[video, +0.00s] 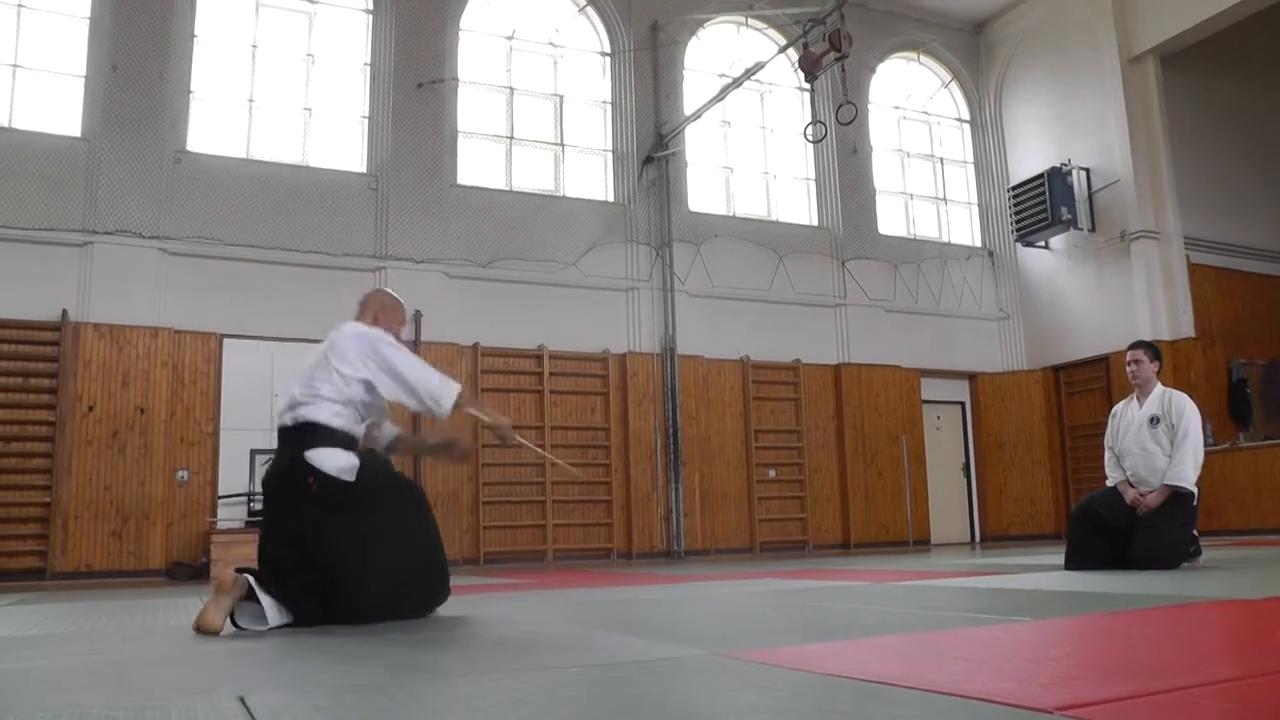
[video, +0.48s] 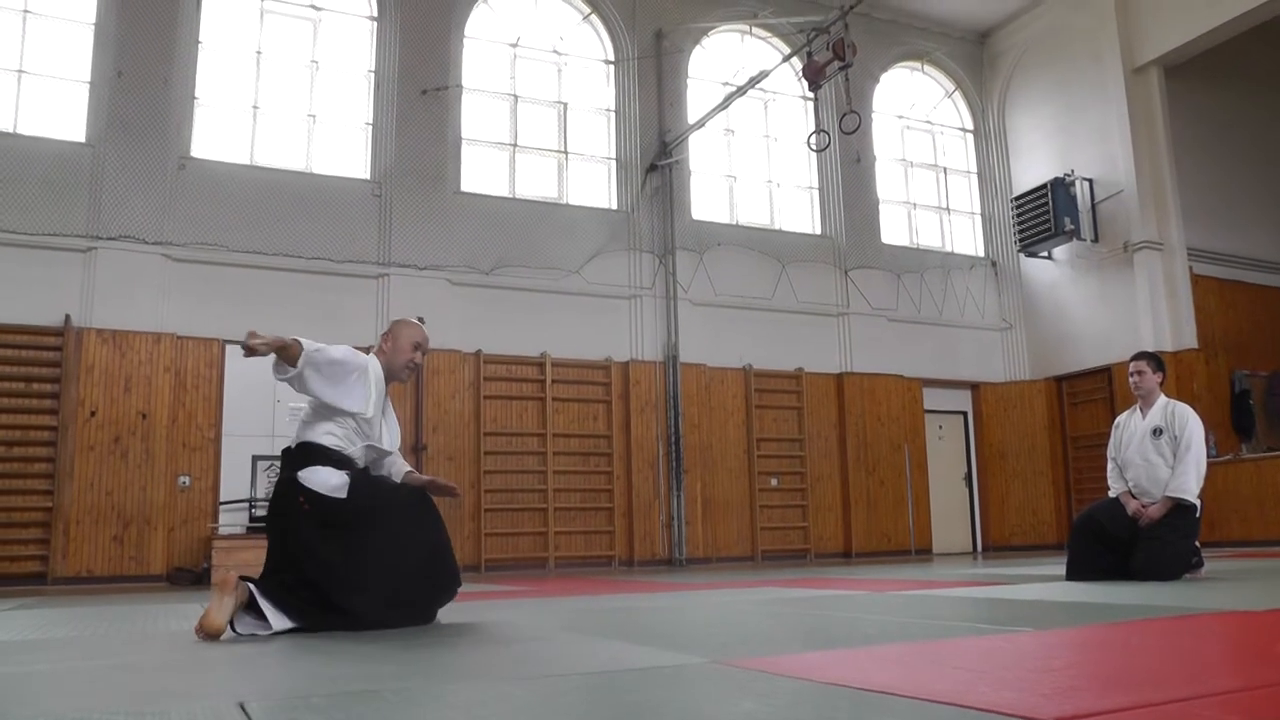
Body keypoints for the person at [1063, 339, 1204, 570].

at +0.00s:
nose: (1131, 368)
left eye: (1138, 362)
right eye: (1128, 364)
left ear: (1155, 366)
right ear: (1125, 369)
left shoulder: (1178, 403)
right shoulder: (1118, 411)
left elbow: (1188, 454)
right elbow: (1110, 456)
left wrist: (1160, 494)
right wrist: (1125, 489)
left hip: (1171, 496)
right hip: (1127, 494)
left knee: (1148, 559)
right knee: (1084, 516)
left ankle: (1188, 542)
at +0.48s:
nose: (1134, 379)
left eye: (1140, 373)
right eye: (1131, 375)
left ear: (1158, 377)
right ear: (1128, 380)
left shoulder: (1181, 415)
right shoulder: (1121, 422)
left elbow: (1191, 467)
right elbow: (1113, 468)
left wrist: (1162, 506)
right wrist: (1127, 501)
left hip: (1174, 509)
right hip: (1130, 506)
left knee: (1147, 569)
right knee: (1086, 526)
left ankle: (1190, 553)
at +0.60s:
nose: (1134, 381)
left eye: (1141, 375)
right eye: (1131, 376)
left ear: (1159, 379)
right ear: (1128, 381)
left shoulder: (1182, 417)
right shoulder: (1121, 424)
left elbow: (1191, 469)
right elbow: (1113, 469)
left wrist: (1162, 507)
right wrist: (1128, 503)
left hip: (1174, 509)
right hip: (1130, 507)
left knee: (1150, 572)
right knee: (1086, 528)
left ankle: (1191, 556)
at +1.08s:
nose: (1135, 386)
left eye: (1142, 380)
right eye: (1132, 381)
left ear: (1160, 385)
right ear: (1129, 386)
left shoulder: (1183, 422)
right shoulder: (1123, 430)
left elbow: (1193, 474)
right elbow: (1114, 475)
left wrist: (1164, 513)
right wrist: (1130, 508)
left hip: (1176, 514)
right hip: (1131, 513)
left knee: (1152, 576)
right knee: (1089, 533)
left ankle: (1193, 561)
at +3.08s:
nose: (1137, 406)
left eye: (1143, 400)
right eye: (1134, 401)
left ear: (1161, 405)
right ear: (1131, 407)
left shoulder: (1183, 441)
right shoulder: (1123, 450)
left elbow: (1195, 492)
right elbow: (1116, 495)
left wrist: (1166, 533)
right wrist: (1132, 528)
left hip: (1179, 534)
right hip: (1134, 533)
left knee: (1157, 598)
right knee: (1094, 553)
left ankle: (1198, 581)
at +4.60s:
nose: (1124, 423)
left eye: (1130, 417)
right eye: (1121, 418)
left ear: (1149, 422)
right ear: (1119, 423)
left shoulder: (1177, 459)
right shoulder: (1115, 468)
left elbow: (1196, 512)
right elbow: (1111, 515)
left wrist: (1167, 553)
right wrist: (1133, 548)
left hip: (1179, 553)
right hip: (1134, 552)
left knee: (1159, 615)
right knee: (1094, 576)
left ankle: (1200, 599)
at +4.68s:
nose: (1118, 418)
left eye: (1124, 411)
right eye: (1115, 413)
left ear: (1143, 416)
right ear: (1112, 418)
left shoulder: (1172, 454)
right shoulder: (1110, 462)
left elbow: (1188, 506)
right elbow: (1106, 508)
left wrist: (1165, 549)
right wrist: (1125, 541)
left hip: (1174, 549)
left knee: (1158, 616)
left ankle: (1199, 599)